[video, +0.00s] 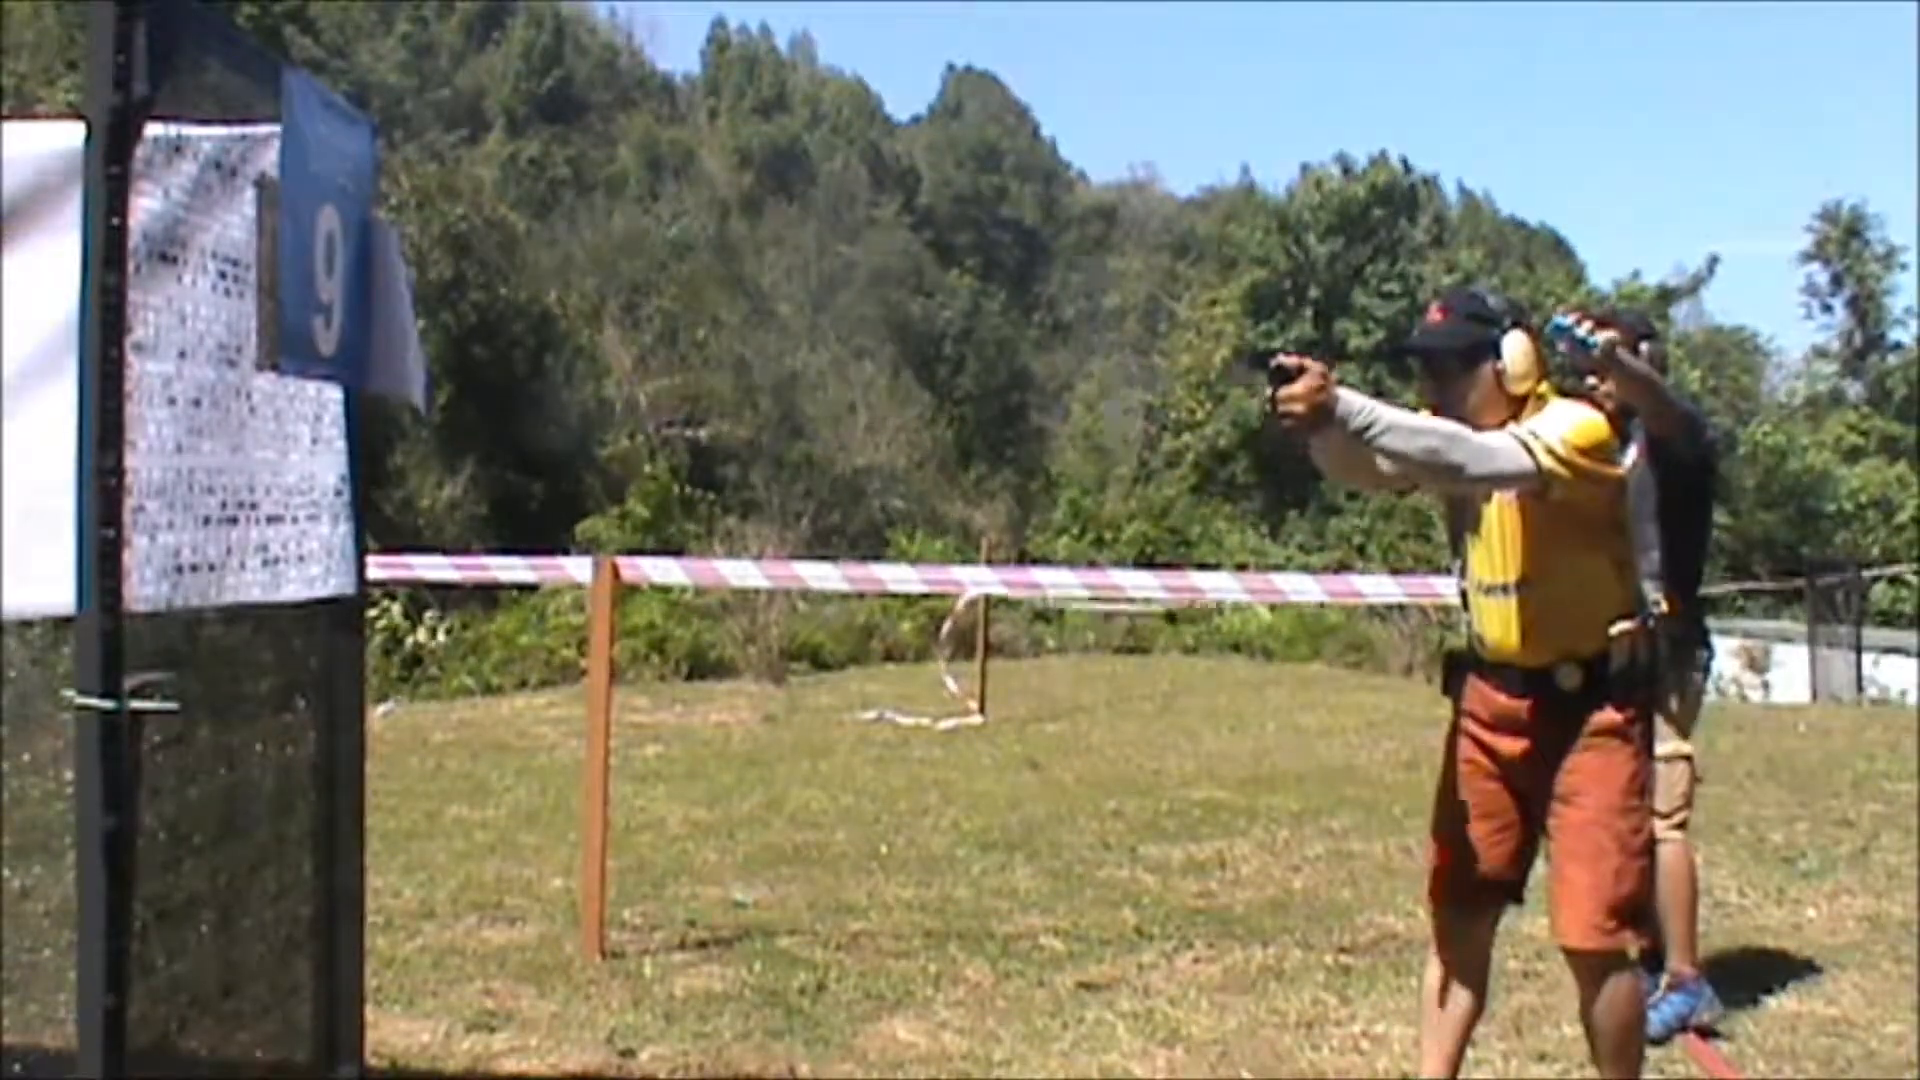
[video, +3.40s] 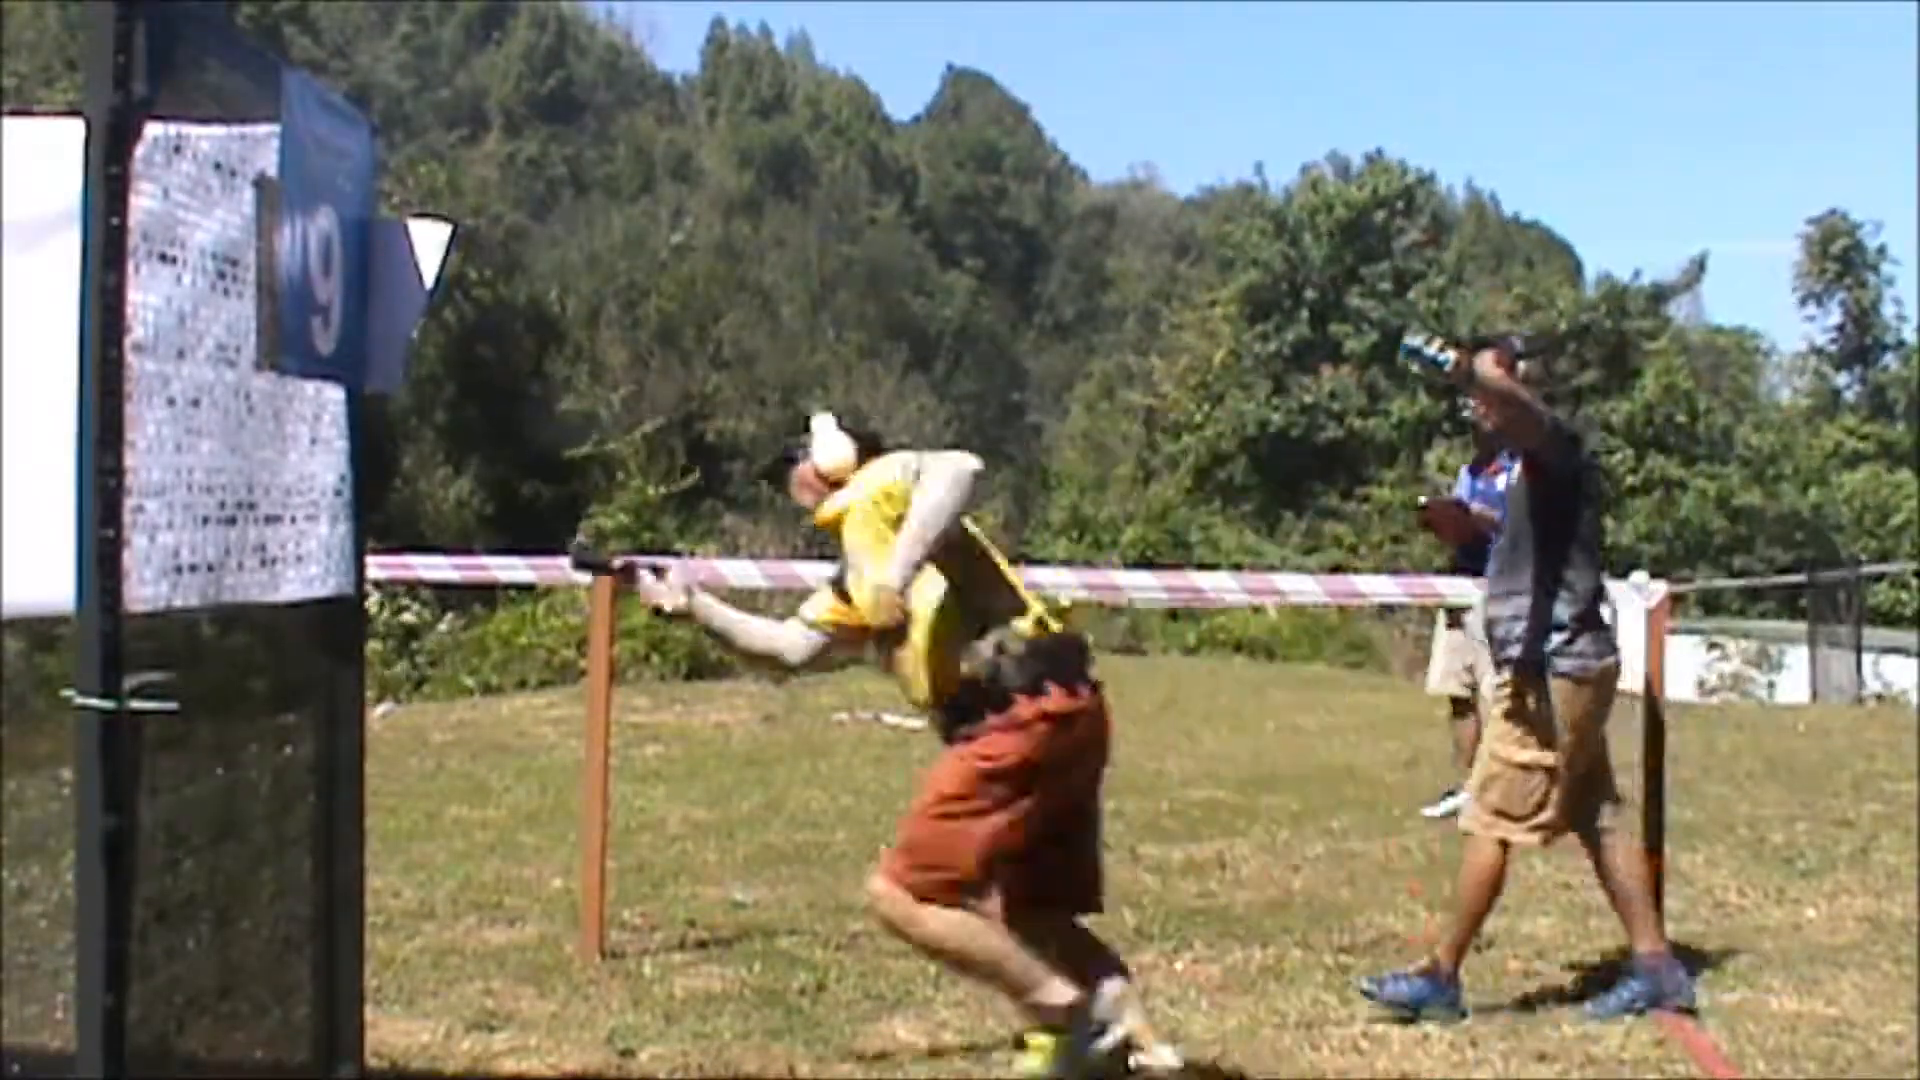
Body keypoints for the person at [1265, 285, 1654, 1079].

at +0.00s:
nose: (1433, 391)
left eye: (1447, 371)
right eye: (1427, 372)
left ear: (1501, 365)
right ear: (1431, 370)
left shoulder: (1581, 429)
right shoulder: (1461, 446)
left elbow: (1478, 460)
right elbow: (1376, 470)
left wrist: (1343, 405)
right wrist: (1314, 423)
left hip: (1597, 703)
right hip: (1494, 697)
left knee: (1594, 933)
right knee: (1462, 904)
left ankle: (1622, 1072)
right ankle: (1435, 1070)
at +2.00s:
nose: (1449, 392)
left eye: (1462, 371)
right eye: (1443, 373)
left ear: (1513, 360)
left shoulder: (1589, 425)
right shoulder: (1490, 435)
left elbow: (1472, 453)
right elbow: (1400, 467)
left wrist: (1338, 410)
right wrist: (1319, 427)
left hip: (1598, 709)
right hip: (1502, 698)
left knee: (1595, 942)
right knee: (1463, 917)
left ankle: (1623, 1072)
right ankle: (1433, 1072)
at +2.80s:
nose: (1411, 417)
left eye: (1423, 405)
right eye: (1413, 404)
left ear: (1469, 421)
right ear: (1457, 423)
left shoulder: (1549, 486)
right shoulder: (1420, 481)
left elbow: (1455, 576)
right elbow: (1322, 565)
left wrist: (1321, 516)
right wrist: (1291, 508)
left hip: (1557, 751)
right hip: (1457, 734)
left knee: (1562, 962)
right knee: (1355, 896)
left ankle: (1609, 1073)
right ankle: (1355, 1066)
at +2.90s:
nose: (1389, 469)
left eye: (1402, 461)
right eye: (1394, 457)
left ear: (1441, 475)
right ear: (1423, 468)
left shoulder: (1523, 526)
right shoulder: (1394, 515)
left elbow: (1420, 618)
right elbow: (1297, 605)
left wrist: (1277, 570)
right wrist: (1247, 581)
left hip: (1535, 773)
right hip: (1433, 757)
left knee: (1548, 972)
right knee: (1311, 901)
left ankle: (1606, 1073)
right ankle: (1294, 1062)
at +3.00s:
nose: (1296, 509)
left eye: (1304, 495)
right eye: (1297, 495)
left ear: (1343, 502)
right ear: (1322, 507)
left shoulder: (1426, 544)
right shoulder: (1315, 564)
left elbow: (1422, 644)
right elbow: (1244, 633)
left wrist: (1314, 680)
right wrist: (1162, 620)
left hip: (1473, 796)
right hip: (1374, 785)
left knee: (1501, 990)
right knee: (1244, 904)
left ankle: (1590, 1072)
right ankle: (1201, 1064)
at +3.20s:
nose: (1035, 484)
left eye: (1046, 470)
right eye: (1037, 472)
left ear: (1081, 475)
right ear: (1082, 480)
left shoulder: (1119, 515)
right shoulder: (1097, 562)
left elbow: (1203, 560)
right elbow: (1053, 659)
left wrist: (1222, 683)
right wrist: (952, 623)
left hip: (1285, 761)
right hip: (1213, 779)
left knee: (1393, 954)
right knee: (1116, 901)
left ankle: (1529, 1070)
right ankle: (1173, 1067)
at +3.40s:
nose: (793, 475)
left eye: (800, 460)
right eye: (793, 464)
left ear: (832, 464)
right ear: (824, 482)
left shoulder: (878, 483)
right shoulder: (855, 575)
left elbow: (957, 470)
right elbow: (792, 646)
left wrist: (897, 569)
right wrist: (693, 602)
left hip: (1033, 703)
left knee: (899, 894)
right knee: (1033, 917)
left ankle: (1065, 1007)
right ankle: (1143, 1050)